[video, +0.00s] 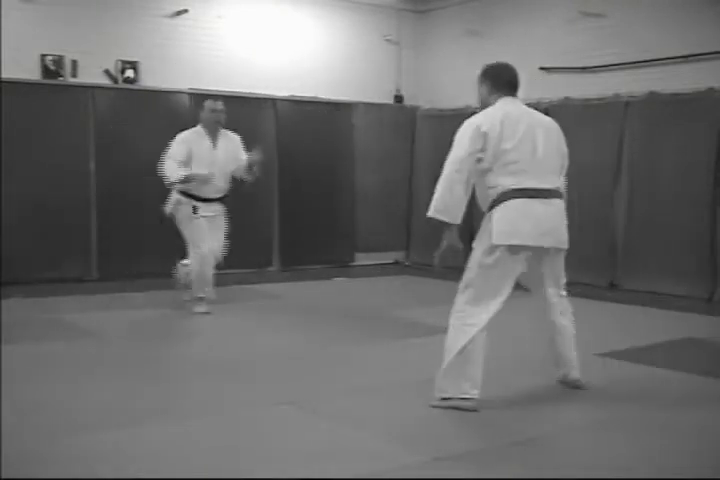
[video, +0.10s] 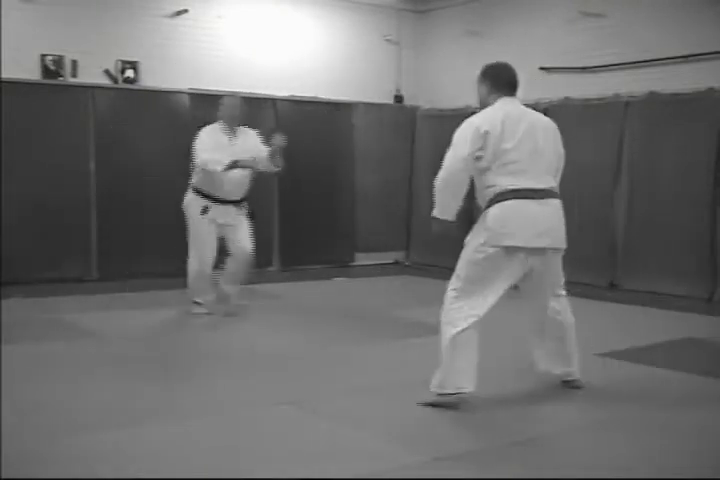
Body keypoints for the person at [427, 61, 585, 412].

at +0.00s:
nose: (477, 95)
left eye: (478, 89)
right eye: (478, 89)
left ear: (487, 88)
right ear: (516, 89)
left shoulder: (480, 123)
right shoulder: (549, 124)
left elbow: (456, 176)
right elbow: (560, 175)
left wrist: (449, 230)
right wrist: (548, 212)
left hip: (508, 218)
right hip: (552, 217)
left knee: (472, 305)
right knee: (556, 296)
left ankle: (461, 392)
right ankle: (572, 371)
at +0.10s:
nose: (477, 94)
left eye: (478, 88)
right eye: (478, 88)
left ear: (486, 88)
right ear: (514, 88)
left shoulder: (478, 123)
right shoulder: (547, 124)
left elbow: (452, 172)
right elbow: (555, 170)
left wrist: (444, 213)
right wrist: (532, 198)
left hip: (505, 218)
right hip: (550, 217)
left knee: (461, 299)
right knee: (552, 296)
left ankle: (451, 387)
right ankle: (568, 372)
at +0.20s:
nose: (473, 101)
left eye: (474, 95)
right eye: (474, 95)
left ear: (481, 95)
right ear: (509, 96)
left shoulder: (470, 129)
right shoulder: (542, 130)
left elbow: (440, 178)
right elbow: (555, 175)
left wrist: (435, 212)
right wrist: (534, 203)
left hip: (500, 223)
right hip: (546, 222)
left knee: (454, 303)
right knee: (549, 299)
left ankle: (441, 389)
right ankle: (567, 374)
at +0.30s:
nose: (464, 116)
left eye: (464, 112)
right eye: (464, 112)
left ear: (470, 112)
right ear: (501, 112)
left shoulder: (461, 144)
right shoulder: (533, 146)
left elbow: (425, 193)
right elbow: (549, 197)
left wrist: (419, 227)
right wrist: (546, 235)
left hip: (494, 235)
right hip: (542, 233)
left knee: (442, 306)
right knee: (545, 301)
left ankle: (433, 389)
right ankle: (567, 375)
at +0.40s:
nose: (462, 121)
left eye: (463, 116)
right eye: (463, 116)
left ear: (469, 117)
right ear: (499, 119)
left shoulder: (454, 149)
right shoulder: (529, 150)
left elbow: (421, 198)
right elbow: (546, 204)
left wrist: (417, 237)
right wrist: (551, 249)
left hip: (490, 236)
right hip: (540, 234)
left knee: (440, 308)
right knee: (546, 302)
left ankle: (433, 389)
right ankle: (568, 374)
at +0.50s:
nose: (461, 127)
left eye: (463, 122)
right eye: (463, 122)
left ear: (469, 125)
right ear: (499, 127)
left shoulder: (450, 155)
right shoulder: (529, 160)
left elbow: (414, 206)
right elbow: (550, 215)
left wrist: (440, 202)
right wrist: (563, 260)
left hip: (491, 248)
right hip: (539, 247)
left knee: (434, 312)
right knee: (537, 298)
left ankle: (433, 390)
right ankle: (570, 368)